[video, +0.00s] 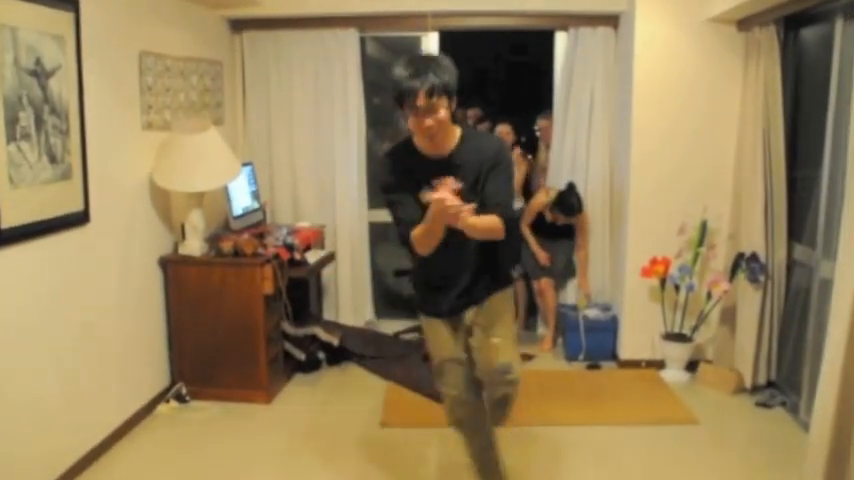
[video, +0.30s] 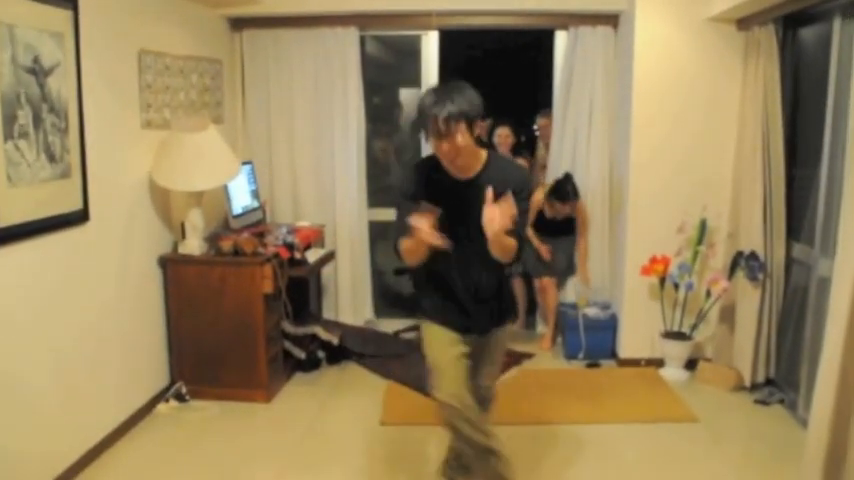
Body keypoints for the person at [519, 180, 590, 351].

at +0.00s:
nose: (562, 221)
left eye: (567, 219)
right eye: (560, 217)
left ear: (575, 213)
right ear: (554, 207)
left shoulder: (579, 216)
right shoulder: (541, 200)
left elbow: (581, 248)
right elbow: (524, 225)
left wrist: (583, 282)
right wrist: (538, 251)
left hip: (563, 241)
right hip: (537, 238)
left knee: (546, 282)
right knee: (537, 286)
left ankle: (550, 331)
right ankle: (550, 328)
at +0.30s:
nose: (568, 211)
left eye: (570, 207)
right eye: (564, 207)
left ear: (574, 202)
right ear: (553, 201)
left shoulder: (578, 208)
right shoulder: (538, 199)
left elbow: (581, 238)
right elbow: (528, 227)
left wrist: (582, 269)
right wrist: (539, 246)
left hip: (564, 240)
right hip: (540, 239)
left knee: (548, 282)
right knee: (540, 283)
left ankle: (550, 330)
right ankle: (550, 327)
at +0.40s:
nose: (563, 194)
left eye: (567, 188)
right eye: (559, 188)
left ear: (573, 186)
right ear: (550, 187)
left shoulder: (579, 197)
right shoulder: (539, 194)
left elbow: (582, 222)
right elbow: (532, 223)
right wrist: (538, 236)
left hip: (563, 235)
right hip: (541, 233)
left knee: (548, 279)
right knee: (539, 281)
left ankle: (550, 329)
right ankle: (550, 325)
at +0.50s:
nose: (559, 180)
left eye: (563, 175)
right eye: (554, 175)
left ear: (571, 175)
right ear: (547, 176)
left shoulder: (578, 190)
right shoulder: (538, 189)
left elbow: (580, 223)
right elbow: (536, 221)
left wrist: (561, 227)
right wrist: (549, 224)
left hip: (564, 235)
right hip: (539, 235)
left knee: (548, 279)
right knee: (539, 281)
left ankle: (550, 329)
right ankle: (550, 325)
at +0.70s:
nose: (554, 154)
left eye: (559, 149)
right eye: (550, 150)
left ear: (568, 152)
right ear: (545, 153)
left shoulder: (576, 173)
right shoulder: (539, 173)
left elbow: (578, 209)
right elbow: (533, 203)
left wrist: (563, 194)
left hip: (564, 229)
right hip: (542, 227)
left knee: (548, 278)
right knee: (544, 279)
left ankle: (549, 329)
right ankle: (550, 327)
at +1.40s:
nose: (546, 146)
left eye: (551, 141)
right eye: (543, 141)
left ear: (560, 144)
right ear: (538, 146)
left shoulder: (569, 165)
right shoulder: (537, 167)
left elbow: (569, 198)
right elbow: (531, 198)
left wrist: (561, 171)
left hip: (561, 225)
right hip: (539, 224)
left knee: (538, 274)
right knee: (544, 279)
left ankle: (536, 319)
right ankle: (548, 323)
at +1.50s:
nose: (545, 146)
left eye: (550, 141)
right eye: (542, 141)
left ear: (559, 144)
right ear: (537, 145)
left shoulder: (568, 166)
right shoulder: (538, 167)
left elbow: (568, 200)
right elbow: (532, 197)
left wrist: (553, 177)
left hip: (559, 225)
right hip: (539, 223)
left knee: (538, 273)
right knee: (543, 279)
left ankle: (535, 319)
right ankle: (547, 323)